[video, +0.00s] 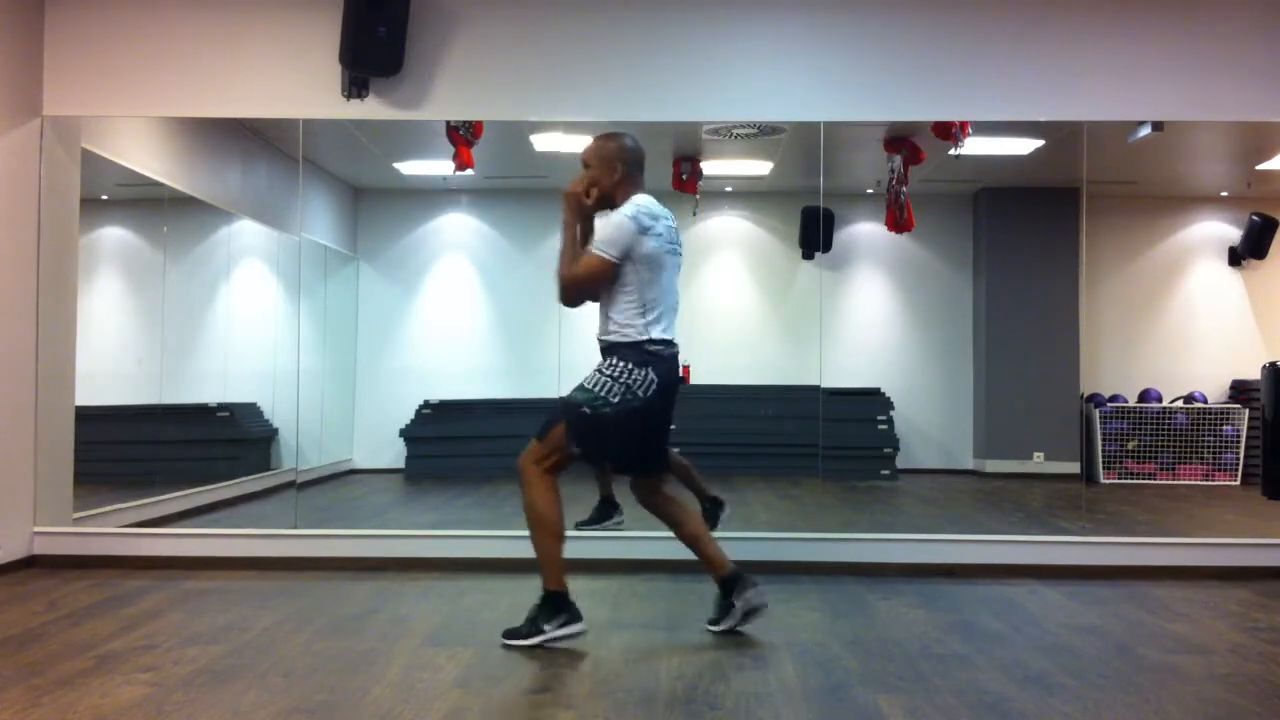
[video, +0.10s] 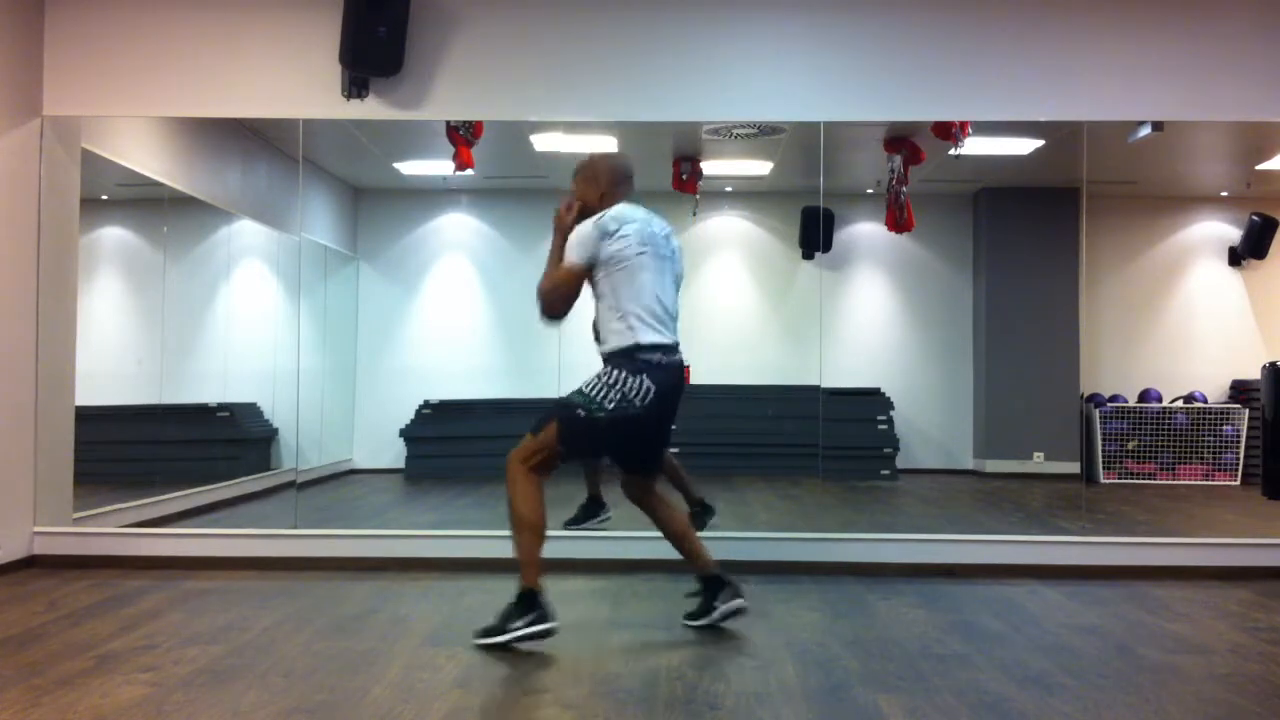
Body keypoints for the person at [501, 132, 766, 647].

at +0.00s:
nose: (582, 180)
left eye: (588, 169)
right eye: (583, 169)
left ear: (617, 173)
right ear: (629, 174)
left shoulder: (625, 218)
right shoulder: (658, 218)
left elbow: (570, 288)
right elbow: (584, 286)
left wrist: (573, 219)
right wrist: (582, 220)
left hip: (627, 369)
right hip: (656, 369)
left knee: (536, 465)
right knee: (650, 488)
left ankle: (556, 603)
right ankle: (733, 582)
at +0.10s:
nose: (572, 193)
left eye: (578, 183)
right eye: (575, 183)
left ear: (601, 185)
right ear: (623, 186)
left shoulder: (595, 228)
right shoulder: (663, 231)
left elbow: (552, 305)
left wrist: (559, 236)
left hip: (628, 375)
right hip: (668, 375)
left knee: (523, 464)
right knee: (640, 485)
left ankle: (530, 600)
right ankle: (715, 582)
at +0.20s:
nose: (559, 234)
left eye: (560, 225)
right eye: (558, 226)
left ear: (578, 217)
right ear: (605, 213)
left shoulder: (581, 253)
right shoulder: (654, 254)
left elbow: (554, 344)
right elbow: (652, 329)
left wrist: (548, 277)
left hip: (620, 397)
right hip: (663, 395)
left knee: (513, 473)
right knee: (633, 498)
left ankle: (516, 609)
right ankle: (715, 592)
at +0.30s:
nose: (528, 250)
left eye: (530, 238)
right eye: (526, 240)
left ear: (553, 231)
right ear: (570, 229)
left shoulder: (579, 267)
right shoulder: (613, 261)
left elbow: (554, 358)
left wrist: (523, 299)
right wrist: (542, 287)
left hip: (618, 412)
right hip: (647, 411)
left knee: (503, 475)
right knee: (607, 515)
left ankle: (516, 613)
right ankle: (708, 588)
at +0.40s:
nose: (501, 253)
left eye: (505, 242)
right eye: (499, 243)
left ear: (534, 240)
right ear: (537, 240)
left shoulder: (583, 278)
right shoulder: (552, 284)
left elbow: (562, 366)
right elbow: (528, 363)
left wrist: (515, 303)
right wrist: (506, 301)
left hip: (613, 413)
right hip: (605, 411)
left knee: (494, 475)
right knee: (578, 525)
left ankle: (517, 615)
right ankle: (692, 575)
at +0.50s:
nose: (483, 260)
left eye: (488, 249)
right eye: (481, 251)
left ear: (519, 247)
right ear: (519, 248)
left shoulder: (570, 290)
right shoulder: (528, 292)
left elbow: (547, 371)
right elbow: (516, 367)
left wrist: (501, 309)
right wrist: (491, 307)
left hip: (603, 412)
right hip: (582, 410)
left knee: (484, 477)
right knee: (549, 518)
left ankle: (515, 615)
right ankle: (661, 565)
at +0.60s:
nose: (474, 255)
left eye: (476, 244)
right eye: (471, 246)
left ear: (506, 241)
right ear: (514, 242)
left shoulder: (544, 286)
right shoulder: (557, 275)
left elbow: (510, 369)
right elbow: (515, 358)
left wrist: (480, 300)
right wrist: (482, 301)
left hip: (585, 412)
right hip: (602, 408)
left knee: (467, 483)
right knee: (525, 501)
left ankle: (514, 615)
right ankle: (616, 577)